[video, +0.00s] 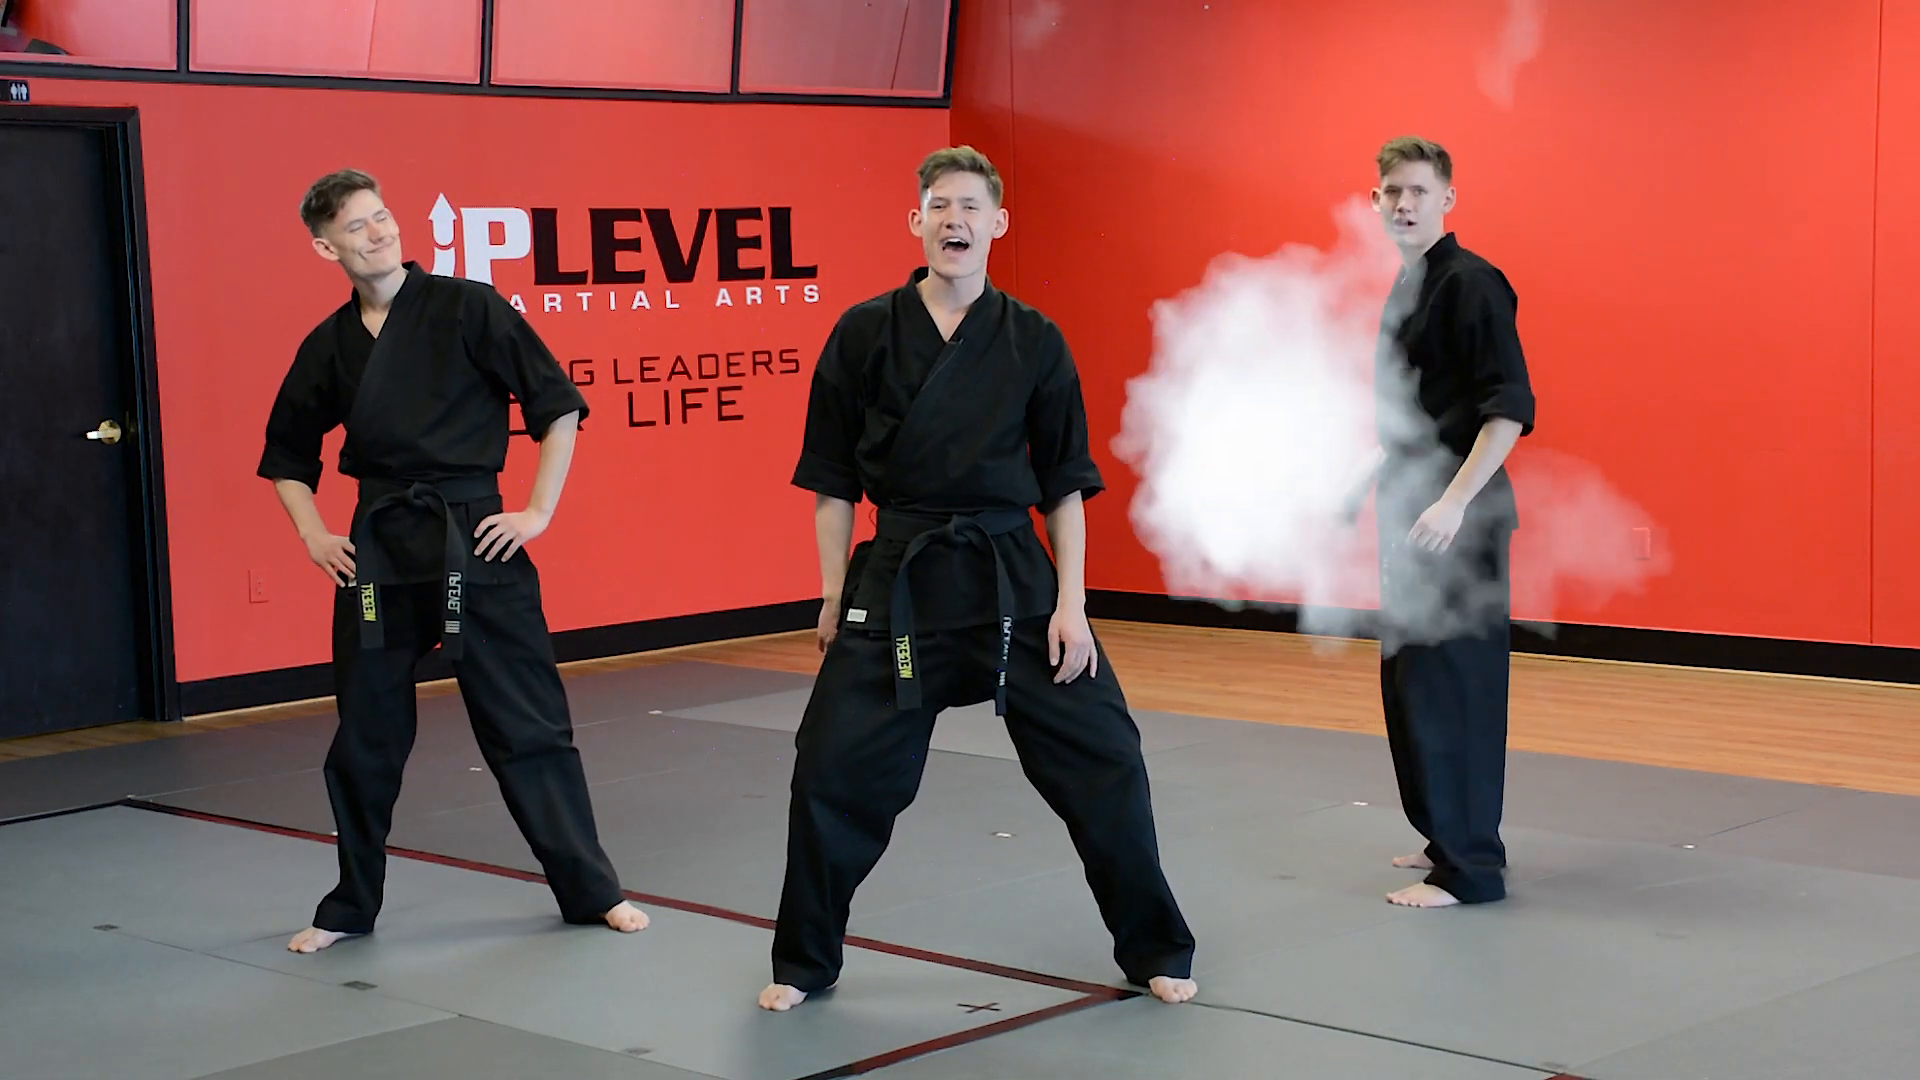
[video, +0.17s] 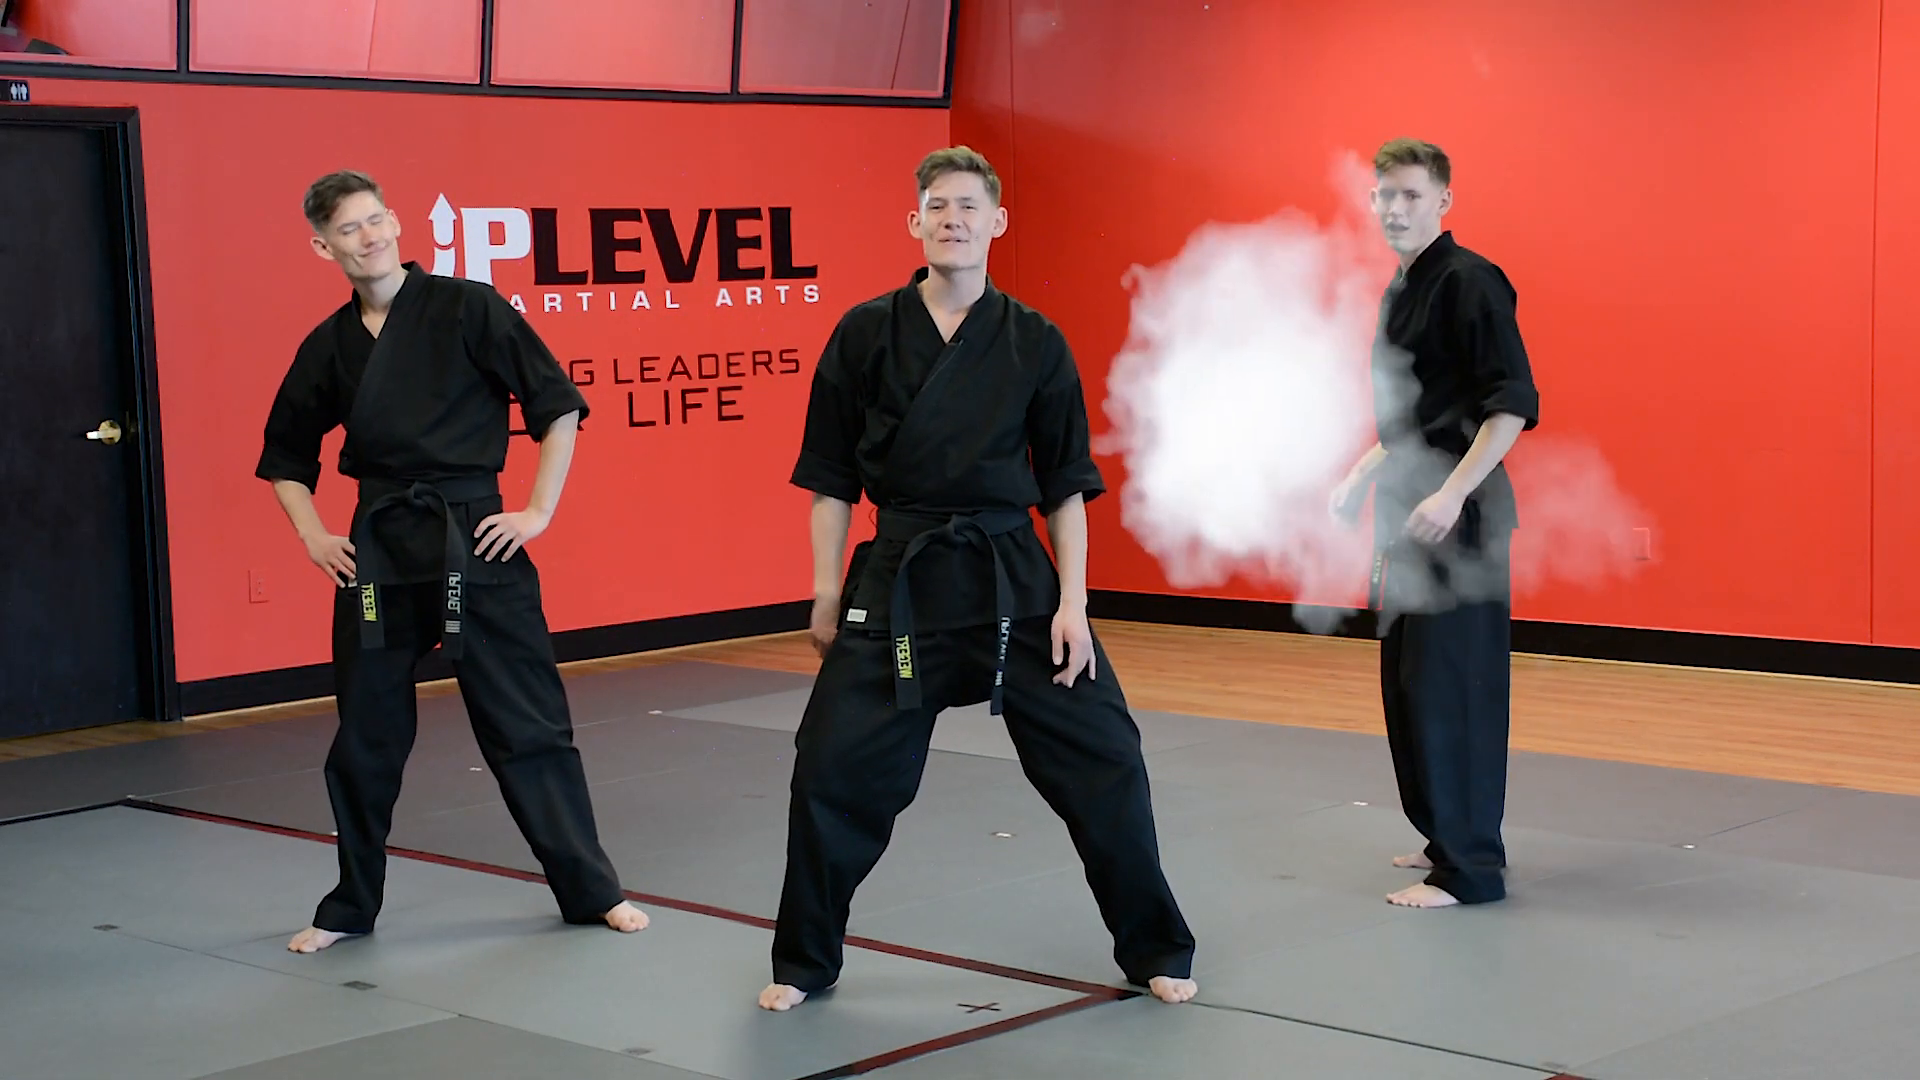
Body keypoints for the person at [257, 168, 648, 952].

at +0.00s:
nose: (377, 231)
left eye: (381, 216)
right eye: (356, 226)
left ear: (399, 225)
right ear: (328, 250)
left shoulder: (470, 306)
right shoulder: (329, 346)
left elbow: (560, 405)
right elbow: (286, 452)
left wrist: (538, 512)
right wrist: (313, 533)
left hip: (477, 538)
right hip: (380, 545)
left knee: (529, 725)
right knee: (364, 740)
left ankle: (592, 892)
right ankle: (352, 905)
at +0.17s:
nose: (369, 236)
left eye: (375, 220)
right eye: (349, 229)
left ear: (397, 224)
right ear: (326, 250)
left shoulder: (471, 308)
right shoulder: (328, 347)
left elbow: (560, 404)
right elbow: (285, 454)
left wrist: (538, 512)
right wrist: (313, 534)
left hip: (477, 540)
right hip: (380, 547)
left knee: (530, 725)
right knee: (364, 741)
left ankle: (592, 892)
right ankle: (352, 904)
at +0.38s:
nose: (364, 240)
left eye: (376, 225)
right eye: (348, 230)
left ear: (406, 230)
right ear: (331, 244)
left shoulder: (474, 309)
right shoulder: (333, 346)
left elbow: (563, 406)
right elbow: (286, 447)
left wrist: (540, 511)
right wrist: (294, 522)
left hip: (478, 540)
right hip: (380, 545)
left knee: (531, 725)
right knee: (365, 740)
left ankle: (592, 892)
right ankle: (352, 905)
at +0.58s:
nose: (366, 241)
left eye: (381, 227)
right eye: (355, 229)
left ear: (420, 231)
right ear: (346, 236)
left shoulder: (484, 311)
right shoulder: (336, 342)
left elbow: (573, 411)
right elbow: (271, 447)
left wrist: (543, 513)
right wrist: (238, 409)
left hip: (481, 538)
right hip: (381, 544)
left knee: (532, 724)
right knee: (367, 738)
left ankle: (591, 891)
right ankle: (352, 908)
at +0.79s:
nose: (379, 246)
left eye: (392, 233)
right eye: (370, 233)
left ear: (439, 232)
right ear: (364, 235)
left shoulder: (497, 316)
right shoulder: (341, 331)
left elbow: (584, 418)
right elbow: (243, 401)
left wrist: (546, 516)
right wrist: (247, 315)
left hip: (485, 539)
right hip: (384, 544)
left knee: (535, 725)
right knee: (369, 738)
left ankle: (593, 891)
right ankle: (352, 906)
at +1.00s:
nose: (397, 249)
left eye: (413, 236)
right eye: (390, 234)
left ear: (454, 236)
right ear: (384, 234)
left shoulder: (509, 319)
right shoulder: (353, 325)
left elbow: (592, 424)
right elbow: (238, 376)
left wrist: (552, 517)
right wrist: (284, 297)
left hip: (489, 538)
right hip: (389, 540)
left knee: (537, 727)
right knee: (372, 738)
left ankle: (592, 892)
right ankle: (352, 907)